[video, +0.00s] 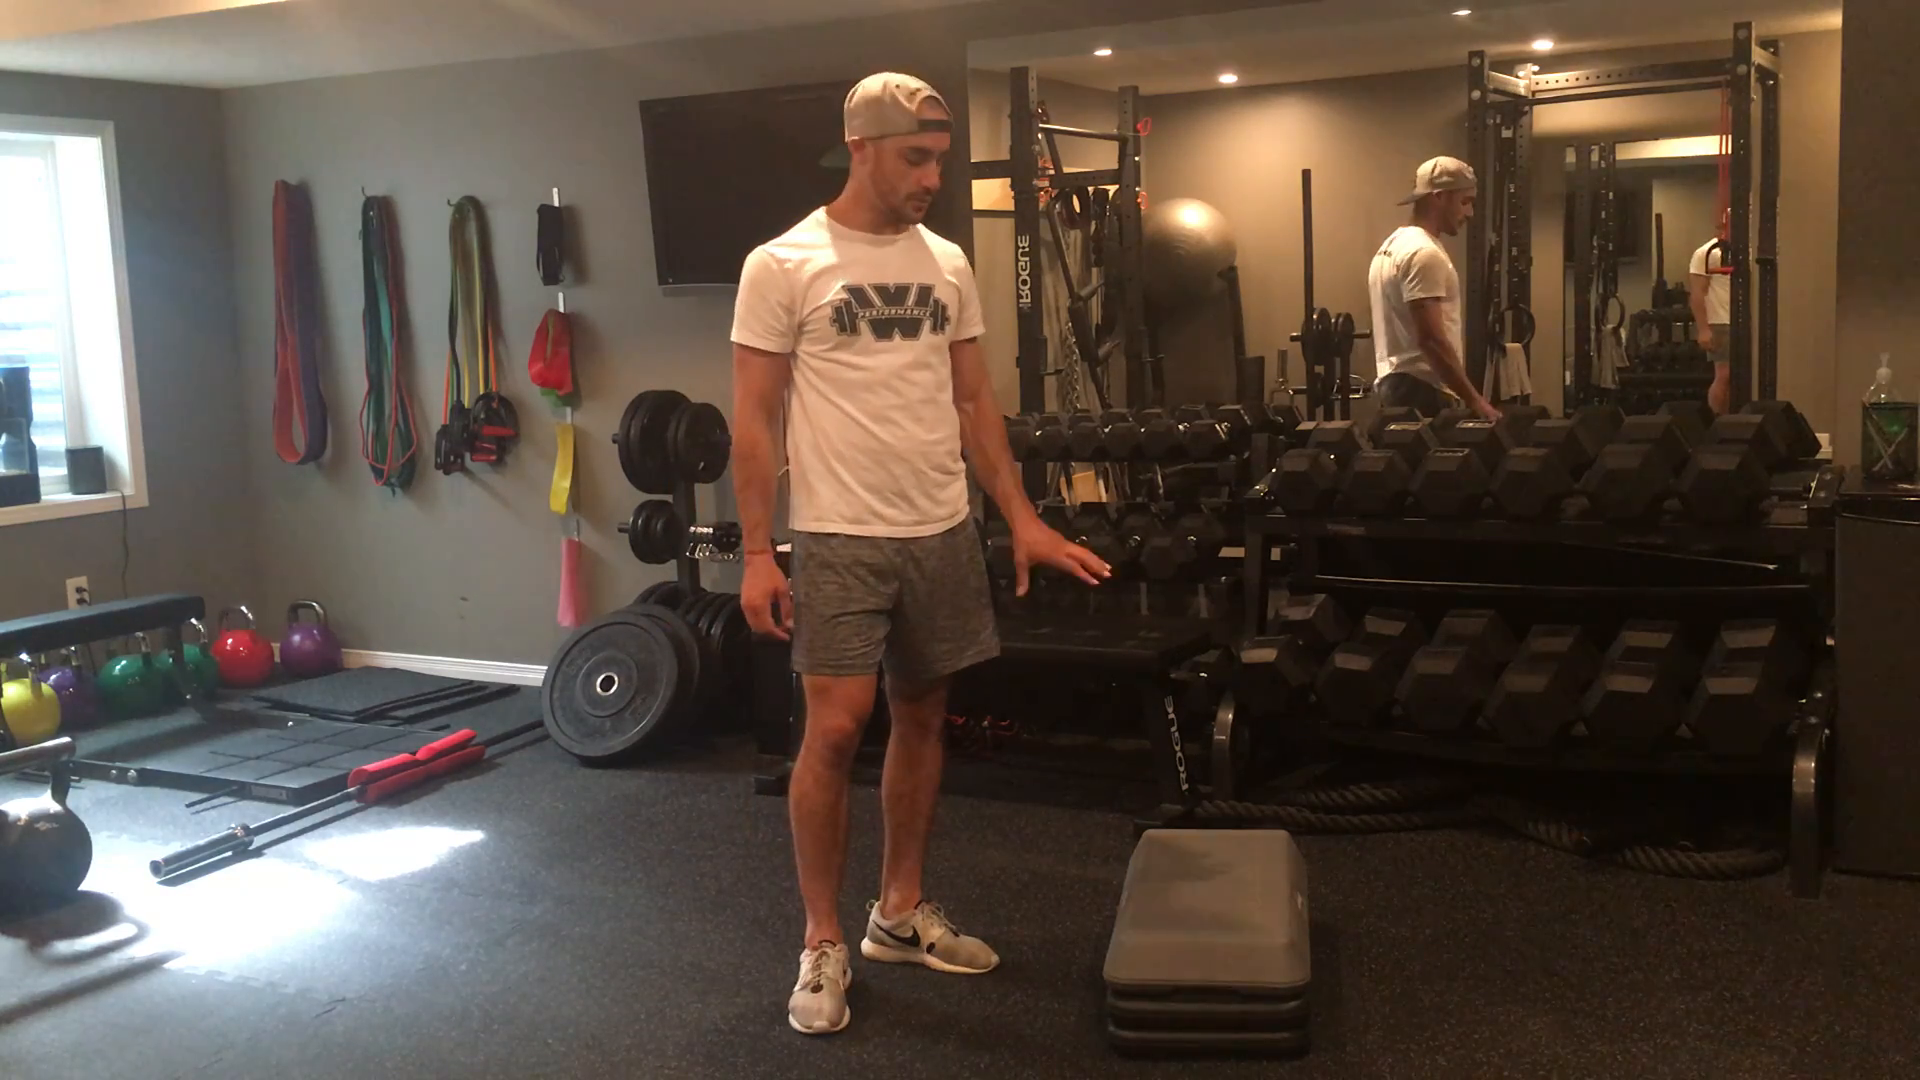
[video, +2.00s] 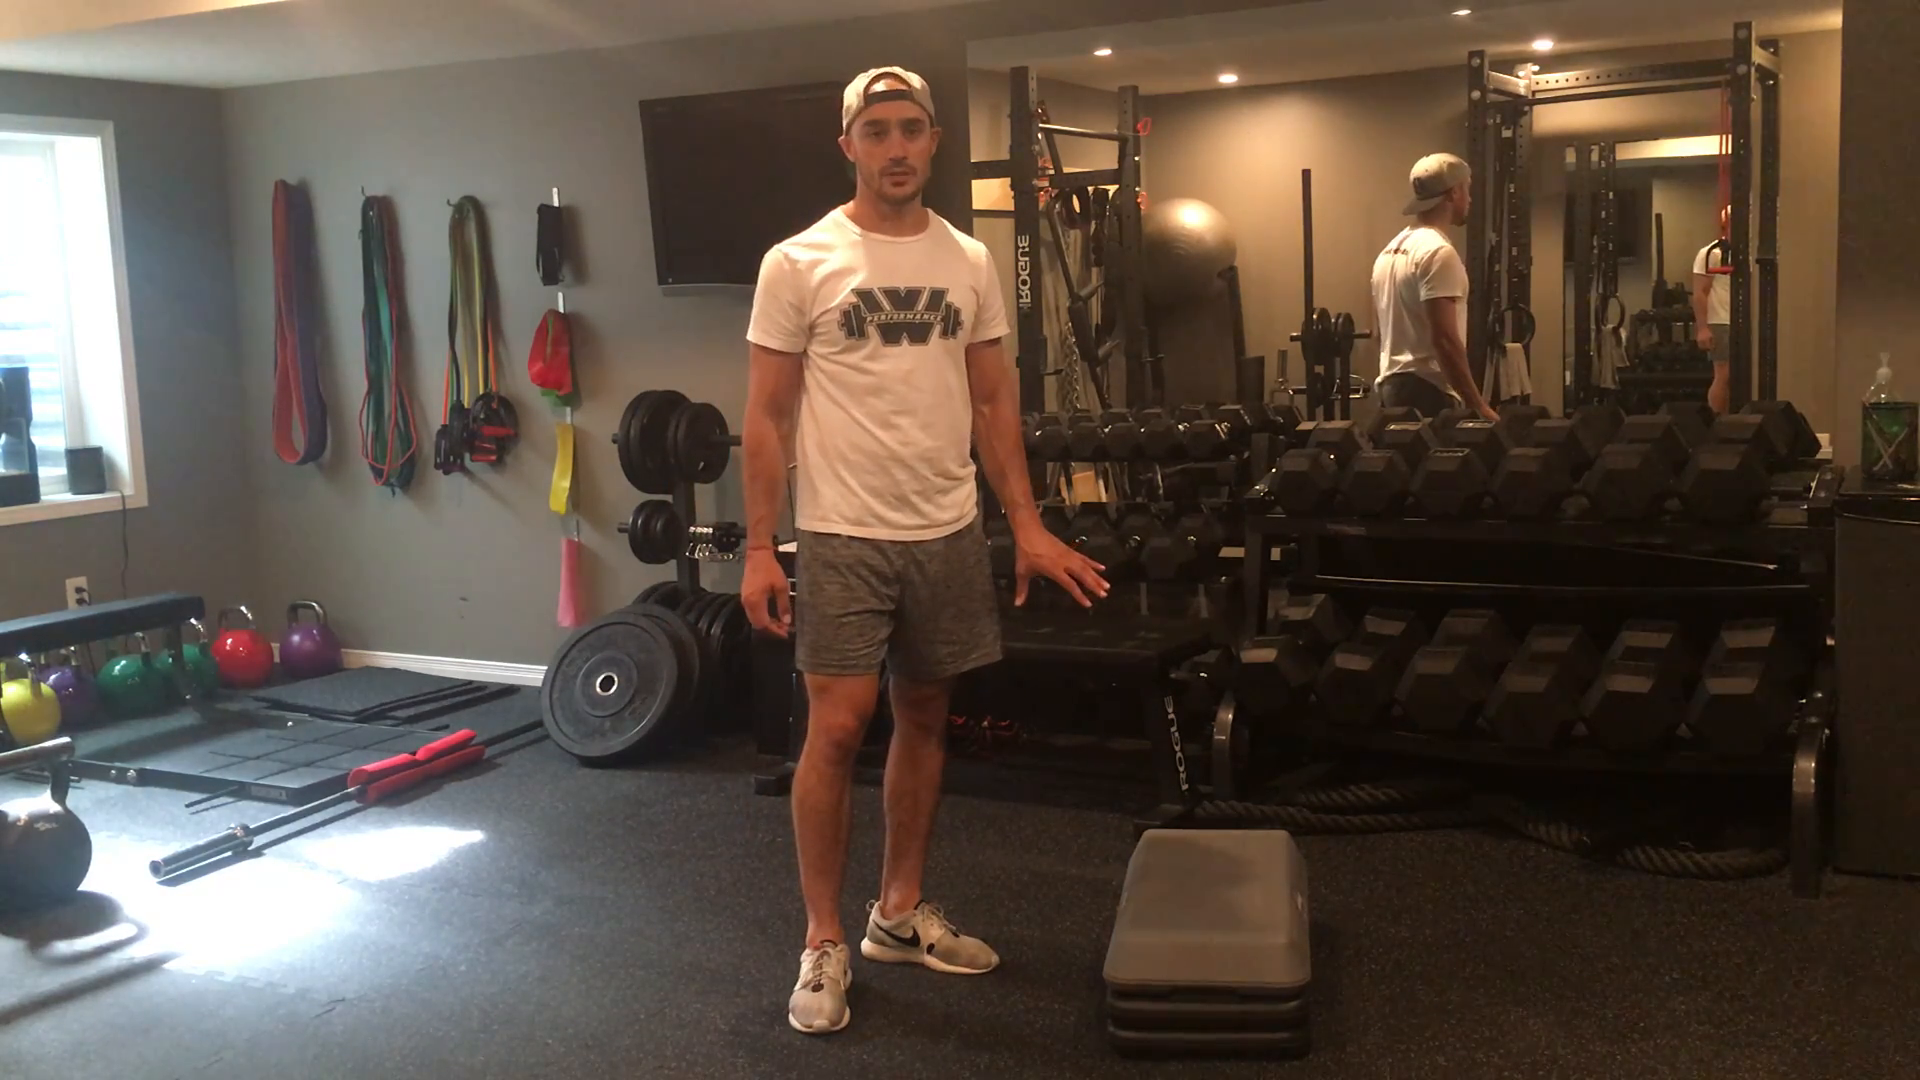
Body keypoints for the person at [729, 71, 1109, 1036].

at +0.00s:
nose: (935, 178)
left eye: (942, 161)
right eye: (920, 159)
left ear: (937, 159)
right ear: (862, 151)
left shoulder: (944, 261)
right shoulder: (783, 264)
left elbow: (975, 404)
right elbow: (755, 419)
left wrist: (1023, 518)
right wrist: (757, 552)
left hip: (939, 535)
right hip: (836, 540)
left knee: (922, 720)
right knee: (835, 730)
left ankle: (901, 910)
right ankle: (823, 944)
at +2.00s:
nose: (896, 148)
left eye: (910, 131)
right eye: (877, 132)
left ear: (934, 144)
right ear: (848, 146)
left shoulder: (969, 263)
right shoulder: (798, 263)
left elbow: (993, 401)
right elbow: (770, 413)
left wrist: (1027, 522)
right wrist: (759, 546)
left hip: (947, 534)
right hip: (840, 536)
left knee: (924, 720)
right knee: (838, 727)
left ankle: (901, 911)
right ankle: (823, 941)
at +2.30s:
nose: (892, 151)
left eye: (907, 133)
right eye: (873, 135)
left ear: (934, 144)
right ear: (846, 148)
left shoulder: (965, 268)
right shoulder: (796, 261)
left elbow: (983, 408)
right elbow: (761, 409)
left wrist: (1019, 532)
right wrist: (750, 542)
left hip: (938, 532)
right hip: (835, 533)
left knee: (919, 717)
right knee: (841, 721)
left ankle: (899, 911)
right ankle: (797, 934)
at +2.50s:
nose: (880, 152)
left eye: (894, 134)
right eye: (860, 136)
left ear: (916, 144)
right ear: (829, 148)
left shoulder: (941, 266)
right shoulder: (779, 263)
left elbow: (966, 406)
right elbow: (748, 416)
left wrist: (1006, 529)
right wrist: (744, 551)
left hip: (930, 533)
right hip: (829, 538)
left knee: (914, 721)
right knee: (836, 733)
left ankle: (899, 911)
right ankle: (787, 938)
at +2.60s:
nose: (879, 153)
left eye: (892, 136)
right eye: (859, 135)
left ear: (907, 147)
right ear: (819, 144)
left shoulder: (926, 261)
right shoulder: (766, 265)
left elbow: (952, 404)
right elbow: (741, 416)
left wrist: (996, 527)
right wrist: (743, 554)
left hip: (921, 533)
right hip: (819, 539)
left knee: (909, 718)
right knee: (830, 728)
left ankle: (900, 912)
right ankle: (787, 938)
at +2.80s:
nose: (902, 172)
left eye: (906, 154)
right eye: (888, 152)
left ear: (871, 152)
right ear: (830, 145)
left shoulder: (894, 254)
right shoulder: (739, 266)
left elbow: (923, 395)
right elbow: (719, 427)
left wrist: (967, 513)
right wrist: (745, 562)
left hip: (898, 532)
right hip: (801, 542)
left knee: (900, 718)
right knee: (808, 734)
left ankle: (900, 910)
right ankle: (786, 941)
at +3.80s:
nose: (1111, 131)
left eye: (1109, 113)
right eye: (1097, 112)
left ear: (1047, 127)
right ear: (1043, 125)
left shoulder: (1035, 228)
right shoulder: (973, 215)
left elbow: (967, 331)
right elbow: (859, 325)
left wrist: (1055, 361)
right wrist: (963, 425)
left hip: (951, 490)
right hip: (943, 494)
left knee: (962, 689)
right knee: (1133, 604)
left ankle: (915, 904)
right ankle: (1050, 817)